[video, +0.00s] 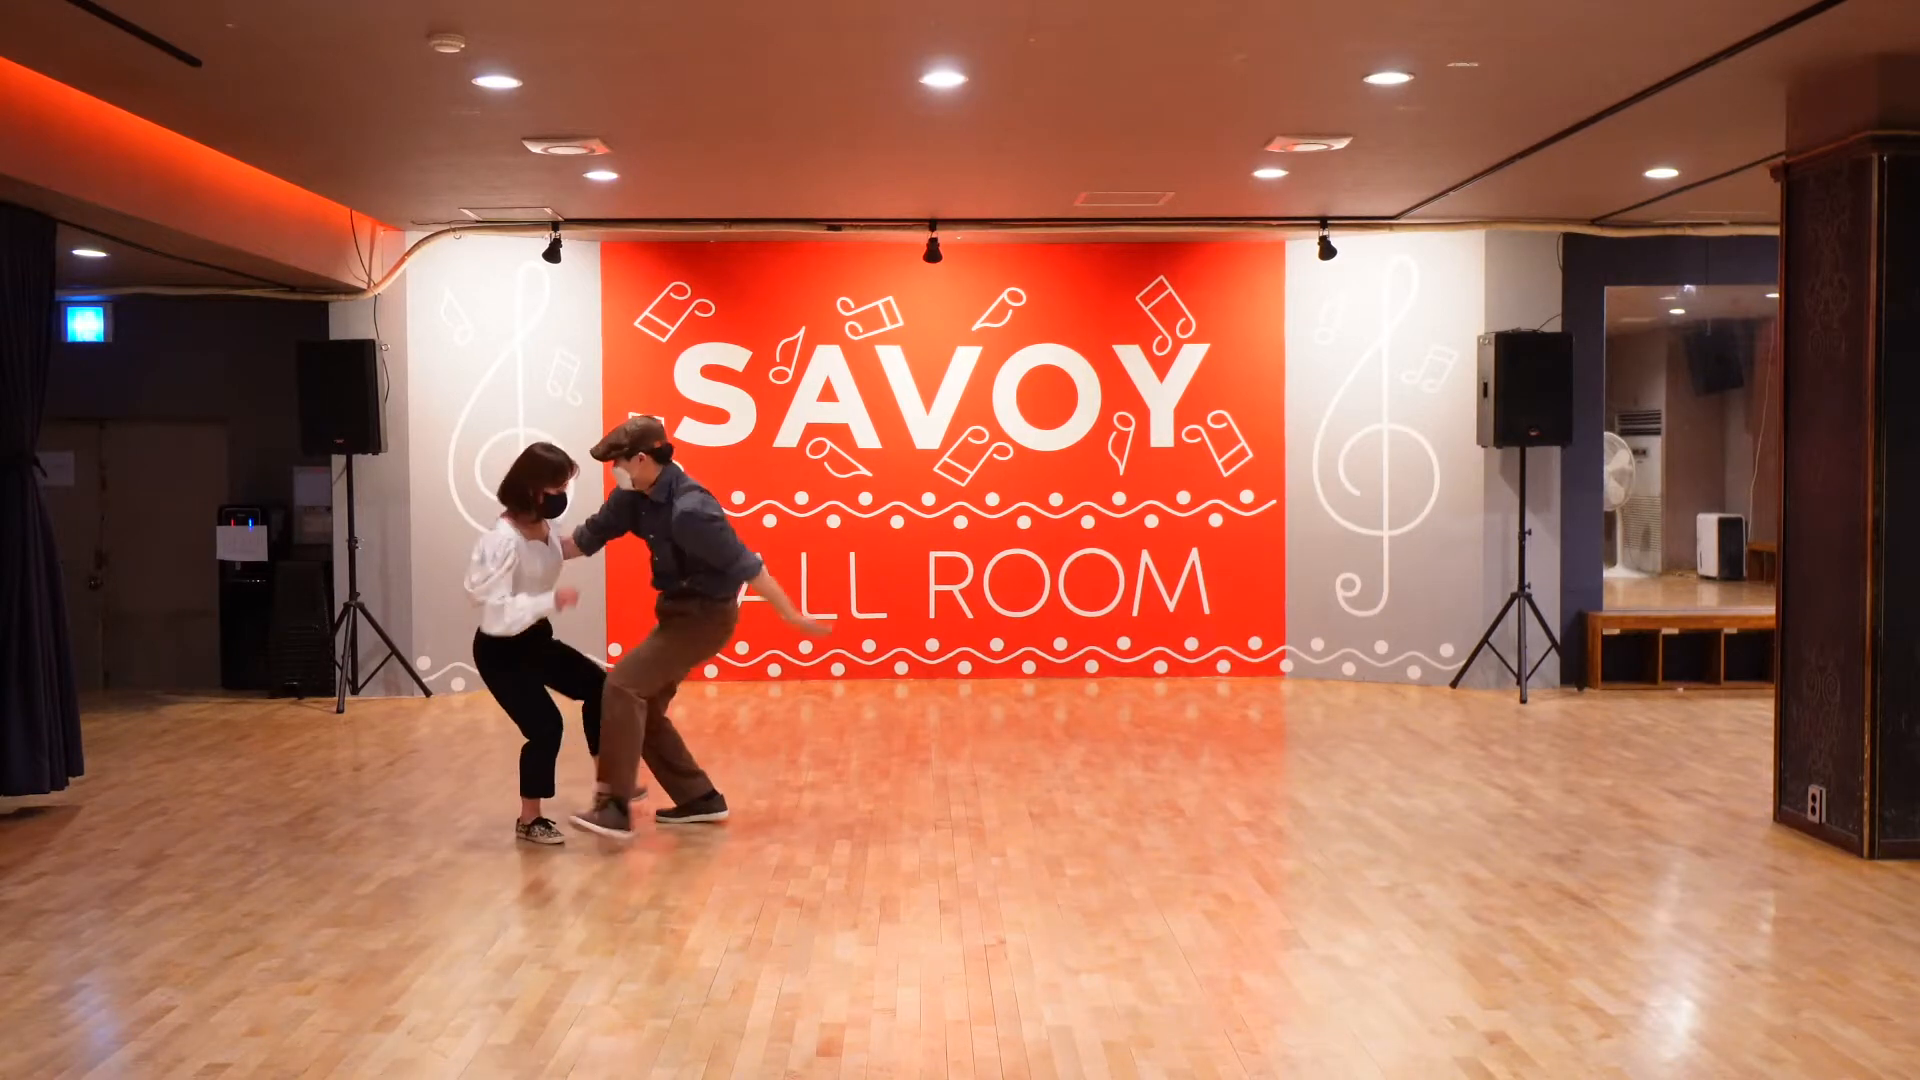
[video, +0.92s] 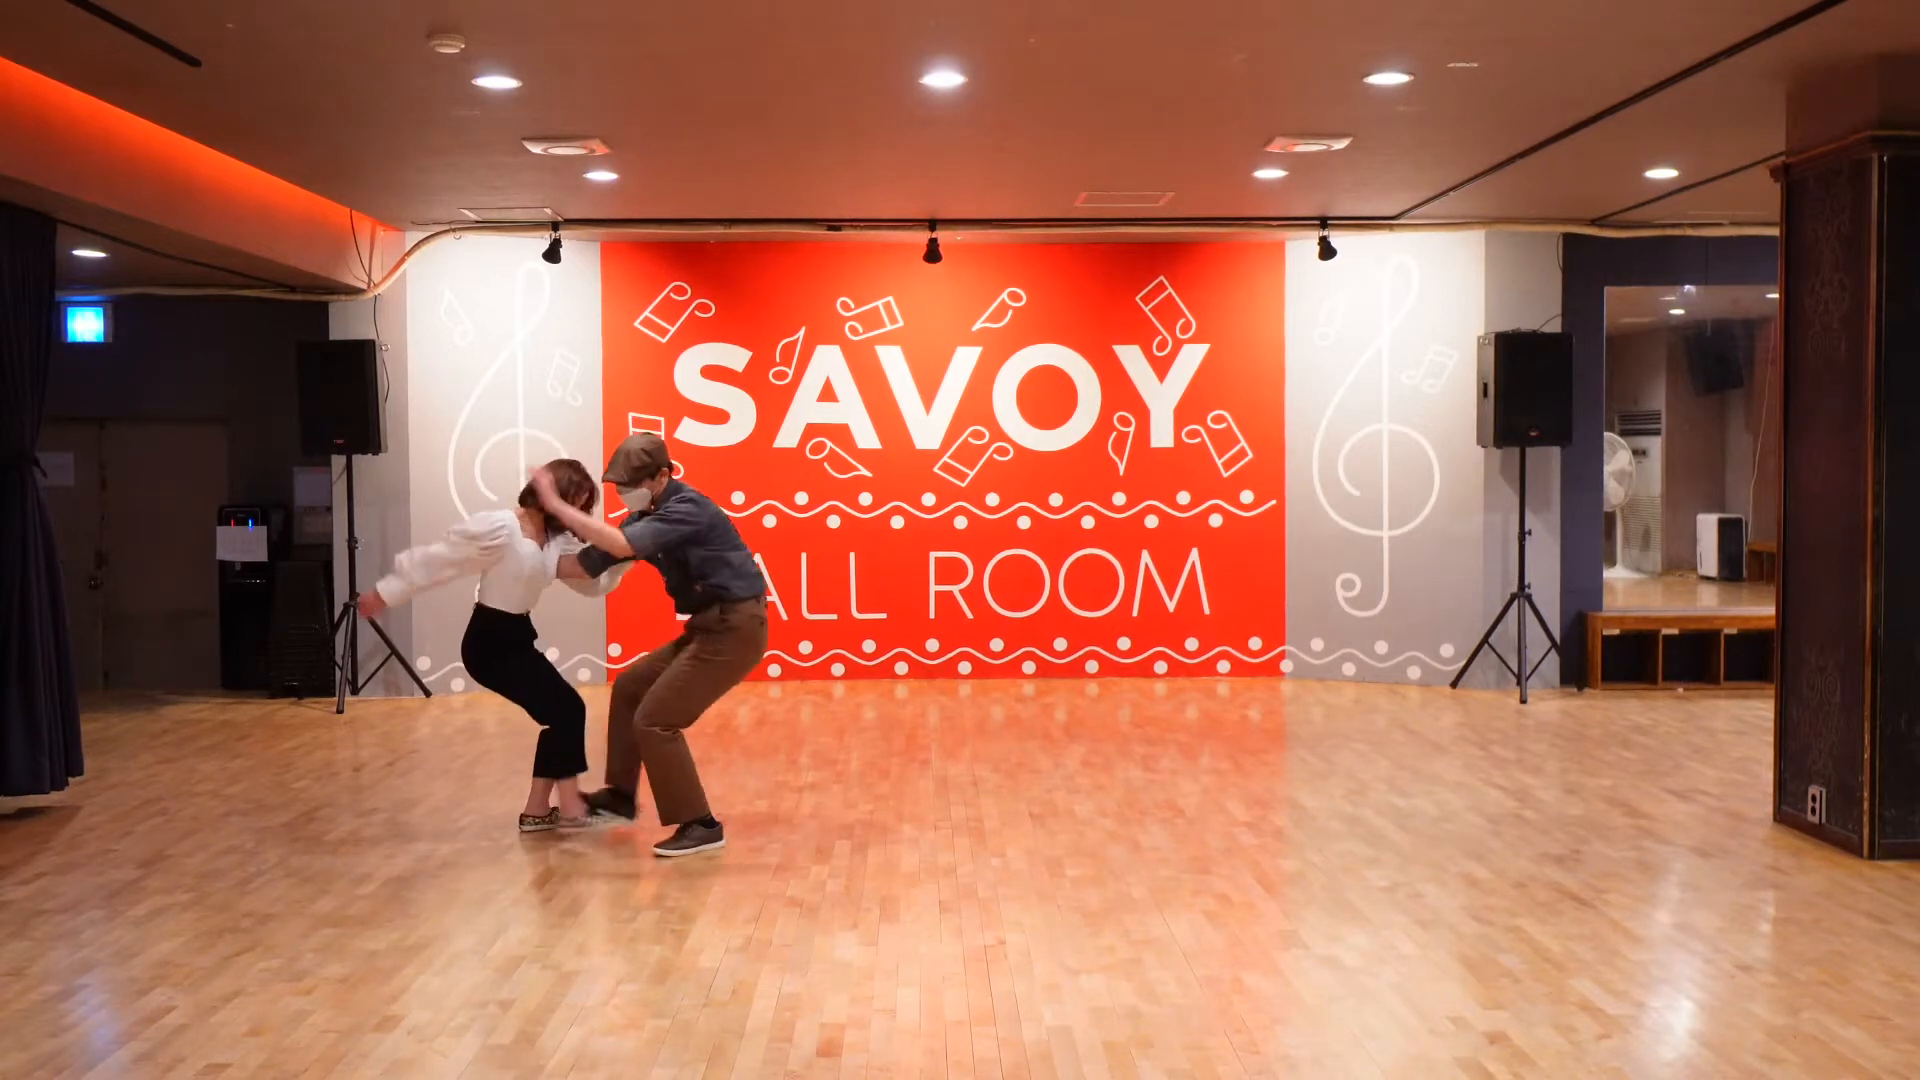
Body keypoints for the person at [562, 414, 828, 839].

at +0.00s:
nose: (616, 470)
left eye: (622, 462)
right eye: (615, 462)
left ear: (645, 460)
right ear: (638, 461)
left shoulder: (690, 509)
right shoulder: (631, 497)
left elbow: (752, 568)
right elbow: (580, 541)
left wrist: (795, 618)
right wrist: (529, 538)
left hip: (707, 617)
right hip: (676, 614)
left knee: (622, 686)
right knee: (644, 711)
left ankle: (614, 807)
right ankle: (700, 798)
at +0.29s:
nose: (626, 487)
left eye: (630, 478)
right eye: (622, 479)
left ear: (656, 466)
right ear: (645, 469)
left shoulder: (709, 506)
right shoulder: (638, 507)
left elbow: (765, 555)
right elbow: (590, 544)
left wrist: (765, 616)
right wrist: (544, 552)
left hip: (712, 624)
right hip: (675, 622)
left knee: (632, 693)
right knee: (638, 709)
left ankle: (641, 815)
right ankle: (697, 797)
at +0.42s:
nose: (628, 494)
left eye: (633, 484)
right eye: (625, 486)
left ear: (663, 472)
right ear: (657, 474)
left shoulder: (711, 518)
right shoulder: (645, 517)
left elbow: (745, 594)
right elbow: (596, 554)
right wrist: (537, 564)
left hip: (709, 642)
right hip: (681, 638)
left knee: (637, 723)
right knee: (627, 718)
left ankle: (701, 820)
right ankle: (698, 800)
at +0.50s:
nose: (626, 497)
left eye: (633, 488)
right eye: (624, 488)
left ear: (664, 477)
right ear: (656, 479)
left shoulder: (704, 519)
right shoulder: (646, 522)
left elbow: (730, 595)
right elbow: (592, 560)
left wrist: (679, 644)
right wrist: (534, 558)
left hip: (724, 636)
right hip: (693, 633)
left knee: (641, 726)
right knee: (624, 715)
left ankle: (698, 823)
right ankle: (699, 794)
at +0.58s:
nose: (628, 499)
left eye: (634, 490)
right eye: (624, 491)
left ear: (664, 479)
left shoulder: (704, 517)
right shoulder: (645, 523)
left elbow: (699, 592)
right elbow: (584, 564)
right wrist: (532, 551)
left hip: (727, 638)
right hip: (694, 634)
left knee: (646, 726)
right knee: (621, 692)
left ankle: (699, 824)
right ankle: (669, 795)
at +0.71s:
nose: (627, 500)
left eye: (634, 491)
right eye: (623, 492)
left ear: (664, 479)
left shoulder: (693, 511)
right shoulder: (650, 520)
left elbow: (653, 560)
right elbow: (587, 566)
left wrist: (598, 508)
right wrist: (528, 560)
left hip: (732, 634)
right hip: (703, 633)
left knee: (647, 723)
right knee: (631, 676)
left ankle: (699, 823)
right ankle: (607, 786)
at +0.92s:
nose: (624, 497)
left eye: (629, 487)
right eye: (620, 488)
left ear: (660, 478)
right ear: (651, 481)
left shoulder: (688, 509)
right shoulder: (643, 521)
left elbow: (620, 543)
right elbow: (585, 565)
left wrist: (555, 503)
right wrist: (530, 559)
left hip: (736, 630)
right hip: (706, 629)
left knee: (655, 721)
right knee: (630, 687)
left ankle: (699, 824)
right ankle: (620, 796)